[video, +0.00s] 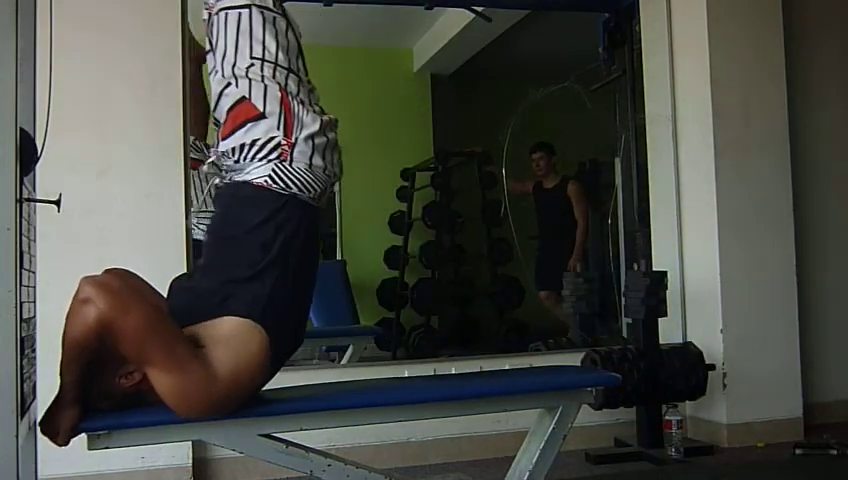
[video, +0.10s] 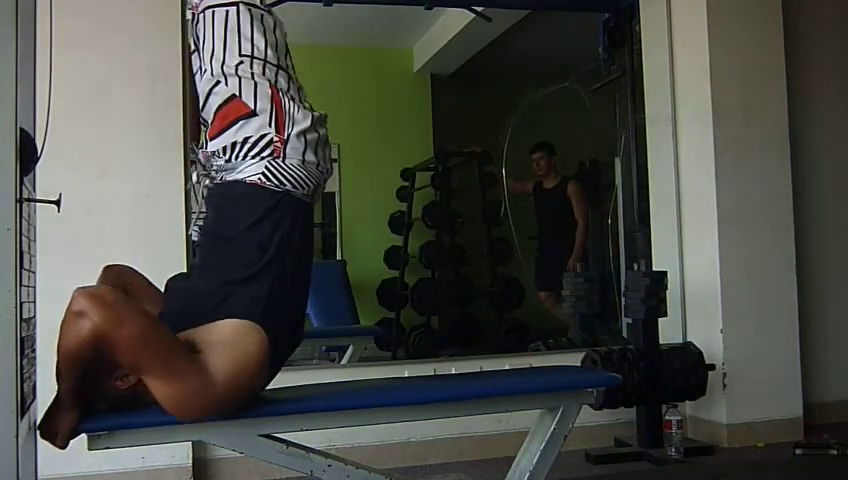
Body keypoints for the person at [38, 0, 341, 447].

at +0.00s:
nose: (125, 358)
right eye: (121, 363)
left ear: (128, 376)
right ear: (130, 375)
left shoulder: (191, 368)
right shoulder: (195, 383)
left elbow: (110, 283)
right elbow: (97, 295)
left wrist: (69, 394)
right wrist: (70, 395)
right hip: (277, 168)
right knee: (241, 3)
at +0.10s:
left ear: (124, 377)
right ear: (126, 377)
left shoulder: (181, 361)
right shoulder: (190, 386)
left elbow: (116, 272)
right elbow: (88, 306)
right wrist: (67, 398)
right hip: (268, 163)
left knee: (223, 7)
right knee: (221, 5)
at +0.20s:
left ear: (124, 379)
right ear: (126, 378)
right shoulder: (196, 392)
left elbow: (120, 269)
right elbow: (93, 308)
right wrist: (69, 395)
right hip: (265, 162)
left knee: (206, 8)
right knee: (209, 5)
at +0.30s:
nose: (123, 360)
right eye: (118, 365)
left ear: (124, 378)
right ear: (126, 378)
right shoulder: (197, 394)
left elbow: (119, 270)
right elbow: (100, 305)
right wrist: (68, 396)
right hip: (261, 162)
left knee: (201, 9)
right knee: (203, 7)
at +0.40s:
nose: (122, 361)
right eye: (116, 365)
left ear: (124, 379)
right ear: (125, 378)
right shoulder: (200, 393)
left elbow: (121, 272)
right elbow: (101, 303)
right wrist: (64, 397)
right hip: (254, 162)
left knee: (196, 5)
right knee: (193, 4)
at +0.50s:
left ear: (123, 380)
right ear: (124, 378)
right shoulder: (200, 393)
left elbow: (120, 273)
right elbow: (103, 303)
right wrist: (61, 394)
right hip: (249, 159)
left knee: (182, 5)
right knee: (182, 4)